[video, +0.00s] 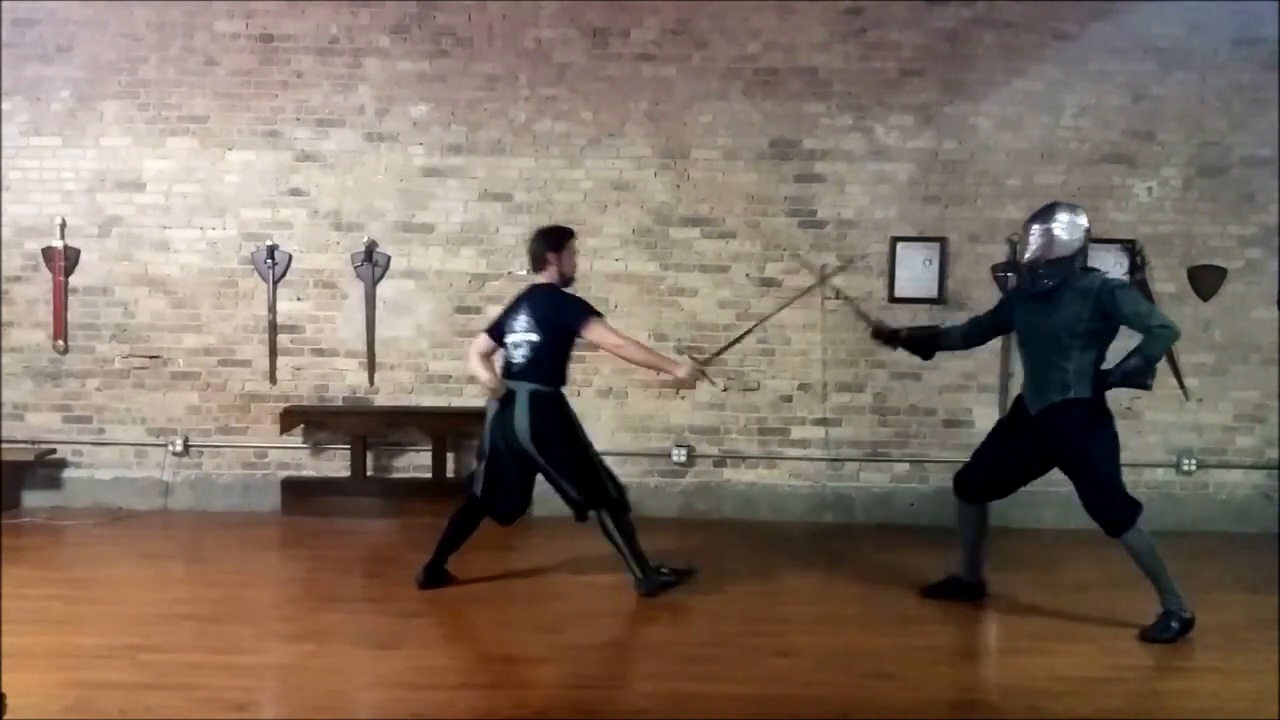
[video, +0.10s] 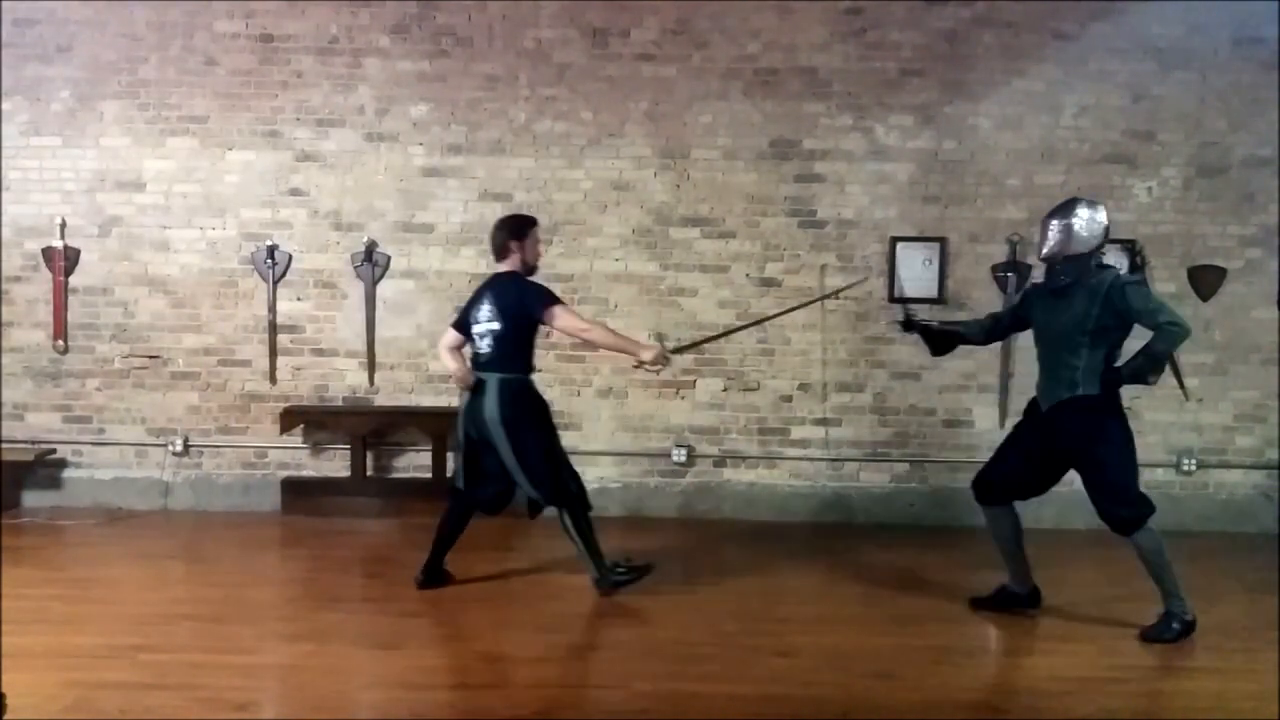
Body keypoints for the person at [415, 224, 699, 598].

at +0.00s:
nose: (577, 261)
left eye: (575, 253)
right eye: (572, 254)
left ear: (542, 261)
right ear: (553, 259)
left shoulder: (517, 305)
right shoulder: (563, 303)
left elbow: (476, 353)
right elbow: (616, 343)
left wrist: (495, 386)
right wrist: (674, 367)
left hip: (504, 413)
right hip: (541, 413)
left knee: (484, 496)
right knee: (602, 492)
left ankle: (434, 567)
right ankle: (644, 574)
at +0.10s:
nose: (540, 249)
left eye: (539, 241)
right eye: (535, 242)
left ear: (504, 249)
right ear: (515, 247)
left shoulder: (483, 294)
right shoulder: (525, 290)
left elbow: (447, 346)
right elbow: (581, 328)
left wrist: (465, 378)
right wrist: (640, 349)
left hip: (479, 402)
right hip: (513, 402)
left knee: (469, 488)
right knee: (565, 485)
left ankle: (432, 567)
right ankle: (602, 570)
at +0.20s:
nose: (512, 242)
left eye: (510, 235)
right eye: (507, 236)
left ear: (478, 243)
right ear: (488, 241)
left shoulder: (457, 289)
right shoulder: (498, 285)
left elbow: (422, 340)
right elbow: (557, 322)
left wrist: (434, 368)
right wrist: (614, 343)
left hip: (449, 399)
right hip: (481, 399)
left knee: (461, 485)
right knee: (537, 477)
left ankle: (430, 568)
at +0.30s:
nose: (492, 238)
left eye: (489, 231)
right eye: (486, 231)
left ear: (456, 240)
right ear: (467, 238)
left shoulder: (436, 285)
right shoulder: (478, 283)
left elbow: (397, 334)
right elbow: (537, 319)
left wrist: (406, 360)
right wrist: (593, 342)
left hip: (427, 395)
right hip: (454, 396)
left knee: (449, 487)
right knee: (498, 484)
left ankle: (430, 569)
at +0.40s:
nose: (474, 237)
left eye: (471, 229)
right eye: (468, 230)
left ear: (437, 239)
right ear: (449, 236)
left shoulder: (415, 283)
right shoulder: (462, 283)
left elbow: (373, 332)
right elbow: (520, 319)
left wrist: (389, 360)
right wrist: (577, 343)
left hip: (410, 391)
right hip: (437, 392)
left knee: (439, 484)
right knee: (455, 488)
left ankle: (428, 568)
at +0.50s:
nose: (457, 237)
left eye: (454, 229)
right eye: (451, 230)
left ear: (419, 240)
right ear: (434, 237)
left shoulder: (395, 284)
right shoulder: (443, 284)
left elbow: (354, 329)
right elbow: (507, 322)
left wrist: (374, 366)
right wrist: (564, 345)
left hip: (399, 395)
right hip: (418, 396)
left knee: (435, 482)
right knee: (407, 495)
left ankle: (427, 568)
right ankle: (327, 559)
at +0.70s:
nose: (424, 238)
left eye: (421, 230)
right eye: (418, 231)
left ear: (385, 240)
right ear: (398, 238)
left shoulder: (356, 280)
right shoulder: (402, 288)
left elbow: (306, 318)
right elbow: (469, 330)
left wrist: (323, 362)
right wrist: (529, 355)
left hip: (353, 396)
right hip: (364, 399)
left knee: (399, 481)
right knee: (351, 496)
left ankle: (419, 567)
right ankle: (283, 577)